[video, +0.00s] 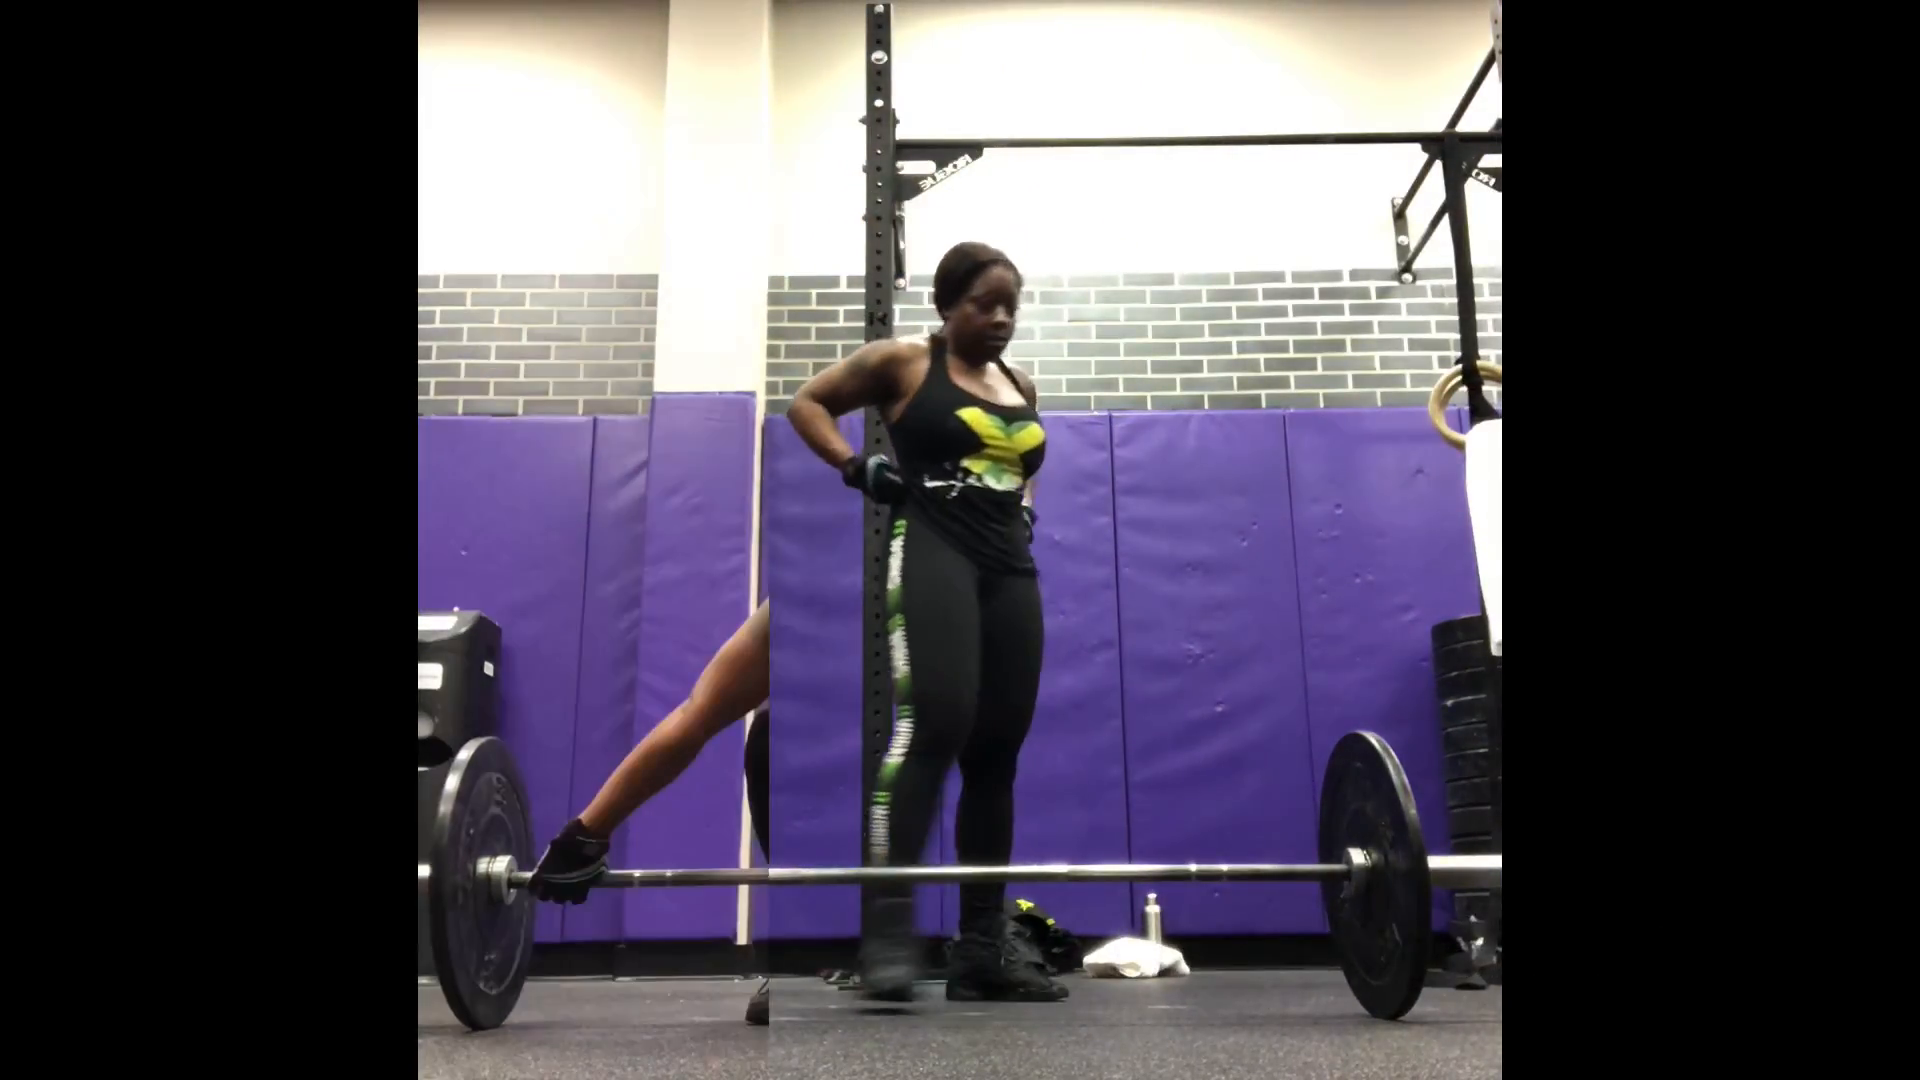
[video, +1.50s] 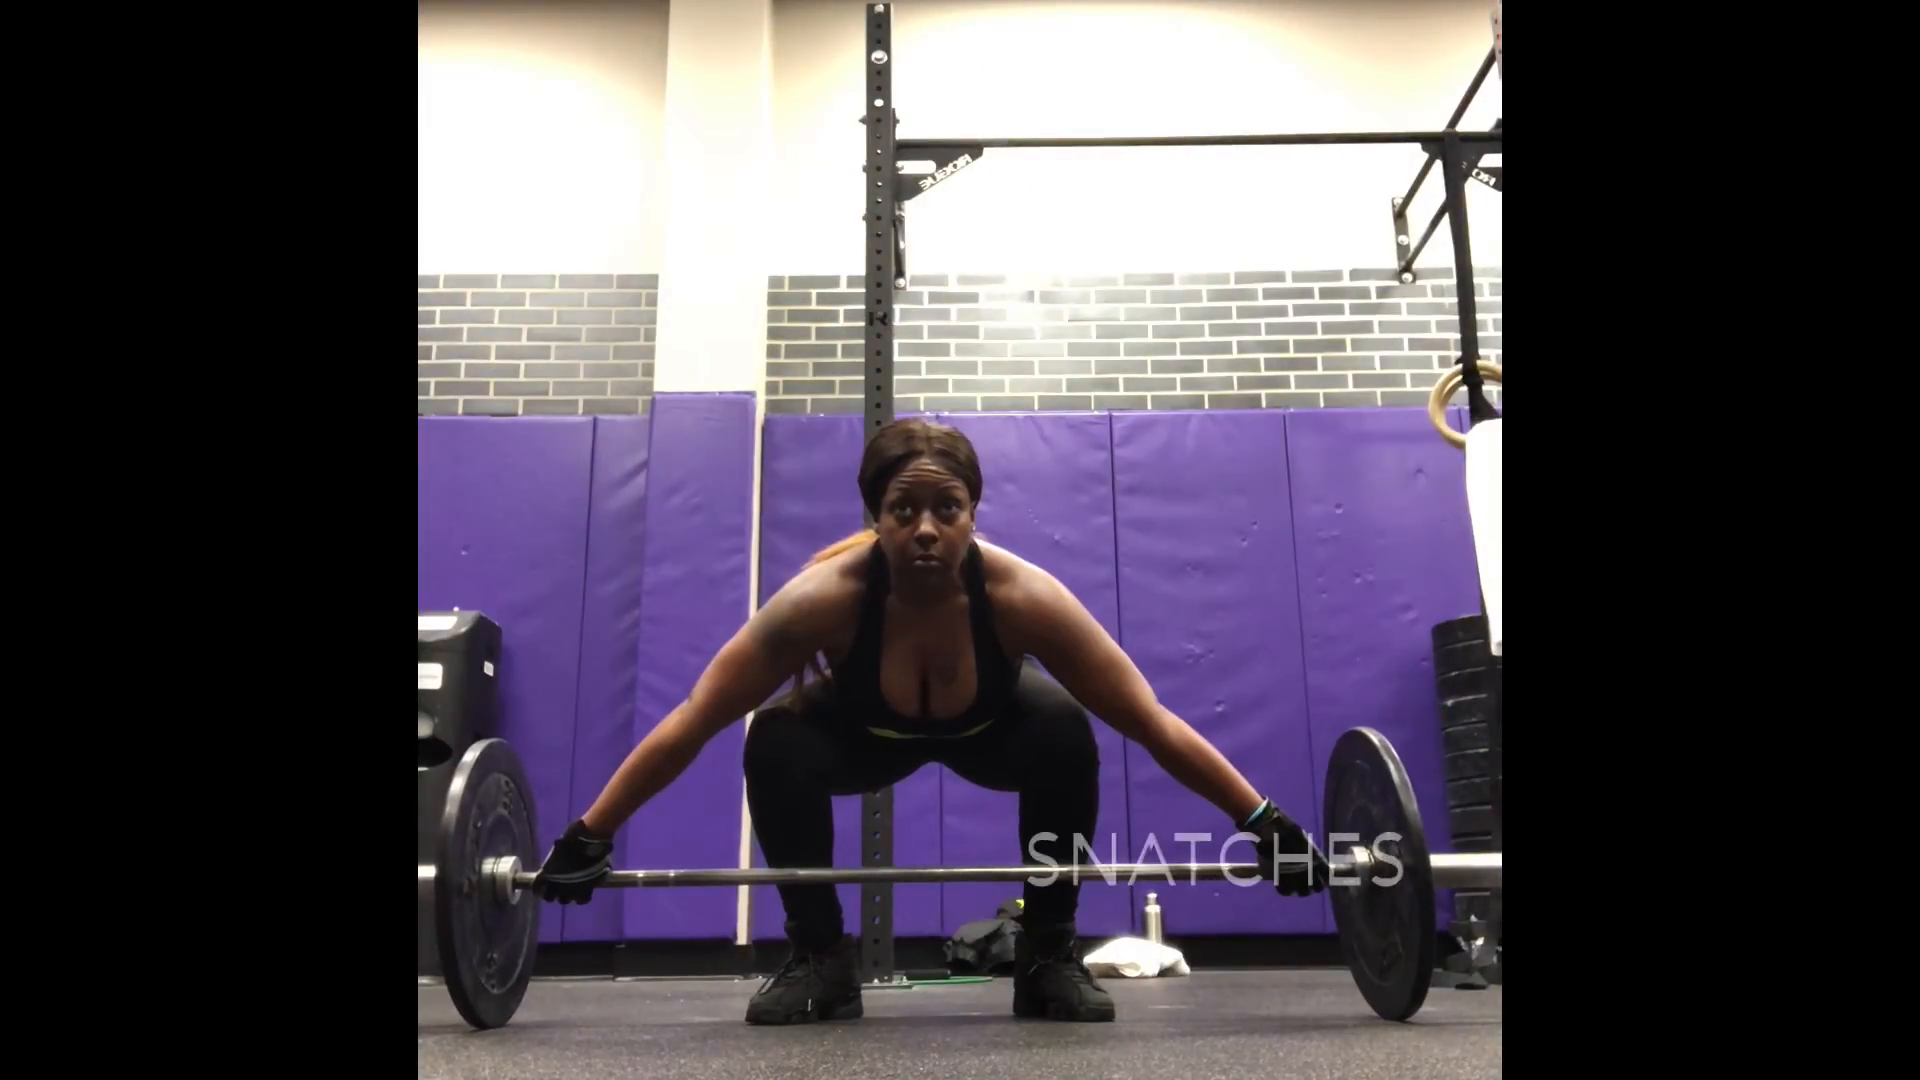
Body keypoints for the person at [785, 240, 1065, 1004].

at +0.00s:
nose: (1002, 318)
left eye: (1011, 306)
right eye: (987, 304)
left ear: (1017, 311)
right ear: (947, 305)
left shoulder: (1015, 379)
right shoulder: (901, 363)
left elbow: (1023, 453)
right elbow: (805, 404)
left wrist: (1020, 495)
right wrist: (850, 462)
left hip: (1009, 561)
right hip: (928, 549)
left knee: (994, 754)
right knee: (930, 728)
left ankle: (982, 948)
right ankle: (886, 941)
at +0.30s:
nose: (927, 522)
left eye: (944, 503)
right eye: (907, 505)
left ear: (972, 510)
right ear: (877, 513)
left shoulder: (1024, 593)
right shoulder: (823, 594)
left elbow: (1150, 723)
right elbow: (697, 722)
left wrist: (1263, 821)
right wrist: (585, 833)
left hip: (985, 730)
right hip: (867, 734)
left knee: (1066, 737)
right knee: (777, 746)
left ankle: (1049, 961)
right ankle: (819, 962)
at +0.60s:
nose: (928, 522)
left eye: (945, 503)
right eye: (908, 505)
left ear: (973, 510)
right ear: (877, 514)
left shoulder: (1025, 594)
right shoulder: (823, 595)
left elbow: (1151, 724)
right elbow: (698, 722)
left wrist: (1264, 822)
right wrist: (585, 834)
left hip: (985, 731)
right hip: (866, 735)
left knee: (1065, 735)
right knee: (777, 746)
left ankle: (1049, 962)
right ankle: (819, 961)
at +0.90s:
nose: (928, 523)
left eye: (945, 504)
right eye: (908, 506)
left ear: (973, 510)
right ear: (877, 515)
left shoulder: (1025, 595)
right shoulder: (822, 595)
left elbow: (1150, 724)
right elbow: (697, 723)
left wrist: (1263, 821)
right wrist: (585, 834)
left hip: (984, 732)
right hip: (864, 735)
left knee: (1065, 734)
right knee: (776, 746)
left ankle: (1049, 962)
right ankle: (820, 960)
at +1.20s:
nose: (926, 526)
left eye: (944, 507)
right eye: (906, 509)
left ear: (973, 514)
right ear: (876, 518)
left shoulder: (1024, 596)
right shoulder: (822, 597)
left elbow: (1151, 725)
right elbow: (697, 722)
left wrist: (1263, 821)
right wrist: (586, 834)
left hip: (985, 729)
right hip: (866, 733)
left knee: (1065, 735)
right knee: (777, 746)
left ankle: (1049, 962)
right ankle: (820, 961)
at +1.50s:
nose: (927, 526)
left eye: (945, 507)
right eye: (907, 509)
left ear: (973, 514)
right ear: (877, 518)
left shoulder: (1023, 596)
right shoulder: (823, 596)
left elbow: (1152, 725)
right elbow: (696, 721)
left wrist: (1263, 820)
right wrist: (588, 834)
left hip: (985, 730)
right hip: (867, 733)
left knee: (1065, 734)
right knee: (777, 745)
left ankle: (1049, 963)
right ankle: (820, 961)